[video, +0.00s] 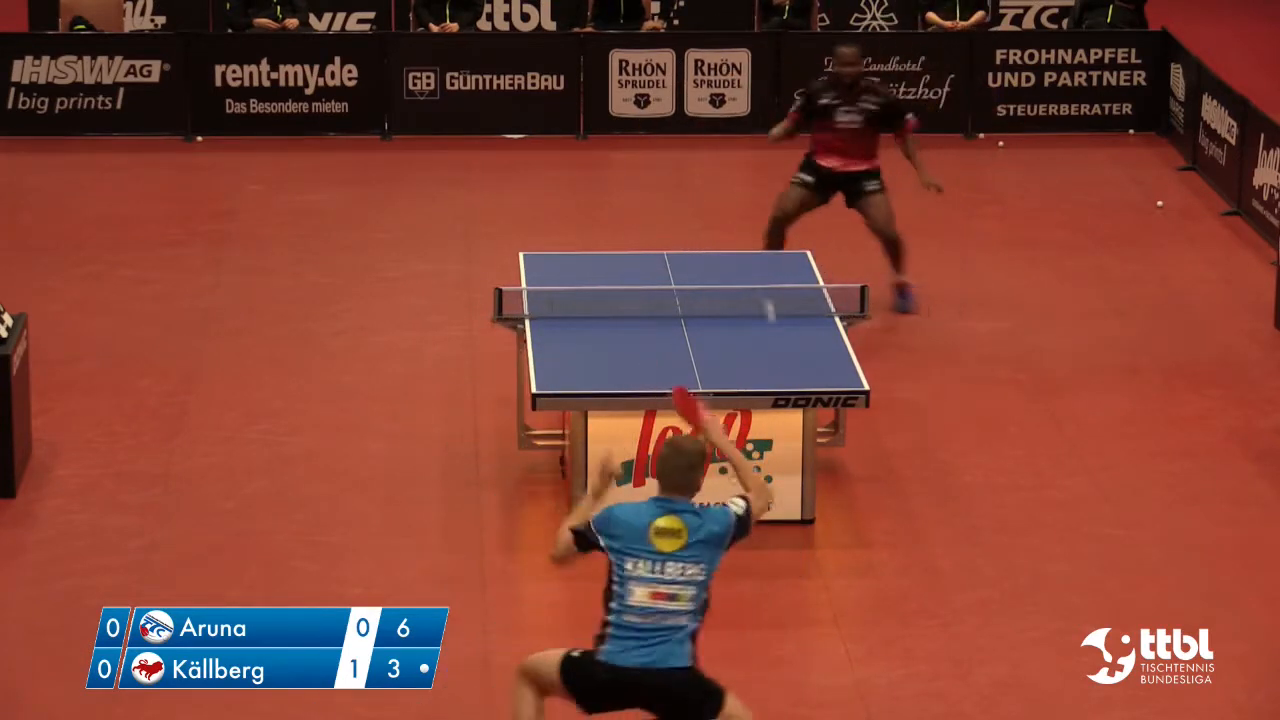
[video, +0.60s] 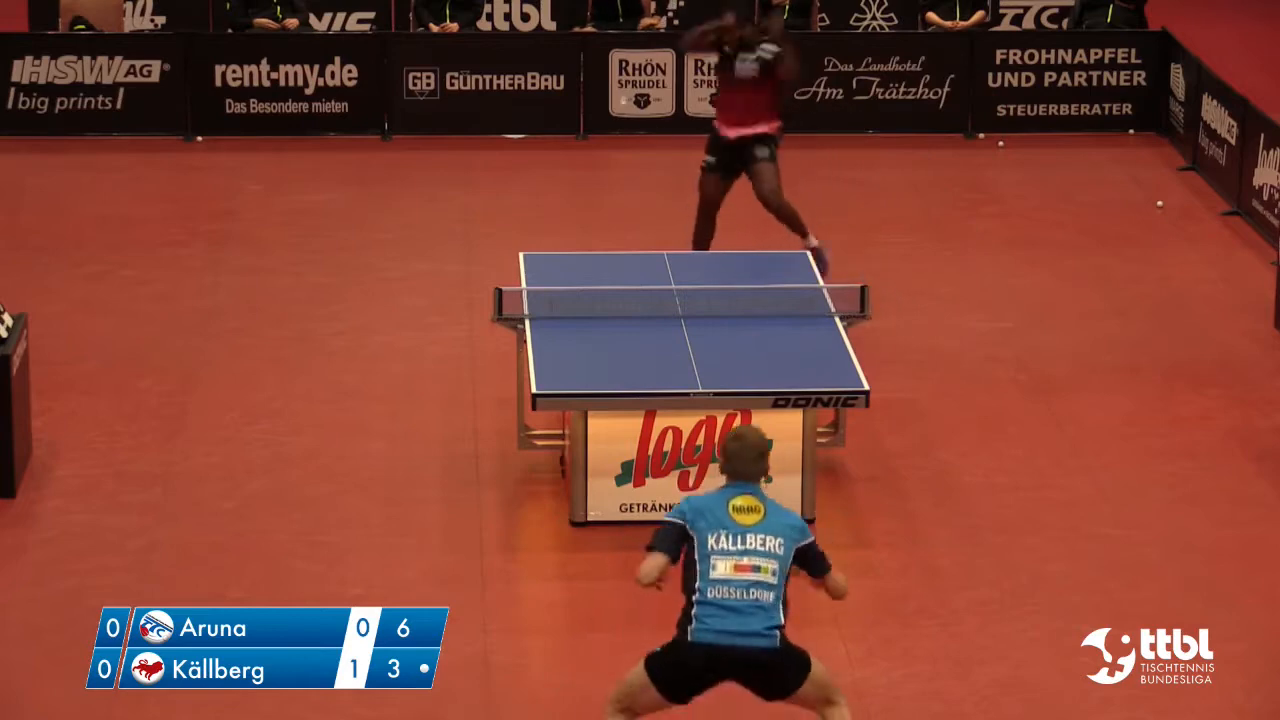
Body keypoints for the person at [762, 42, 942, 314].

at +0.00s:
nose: (847, 70)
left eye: (853, 65)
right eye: (842, 65)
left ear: (862, 65)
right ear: (833, 66)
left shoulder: (878, 96)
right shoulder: (819, 91)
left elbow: (903, 133)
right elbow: (794, 120)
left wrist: (923, 174)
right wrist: (782, 130)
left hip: (863, 174)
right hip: (820, 170)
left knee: (886, 230)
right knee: (780, 216)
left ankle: (901, 284)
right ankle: (769, 277)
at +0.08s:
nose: (811, 78)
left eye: (816, 72)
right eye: (806, 73)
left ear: (826, 72)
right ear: (798, 74)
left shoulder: (847, 101)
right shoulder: (788, 101)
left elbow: (871, 141)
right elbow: (775, 142)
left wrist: (877, 184)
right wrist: (754, 150)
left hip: (841, 179)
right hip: (800, 176)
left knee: (852, 241)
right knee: (752, 224)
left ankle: (873, 285)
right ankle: (727, 276)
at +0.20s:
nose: (759, 96)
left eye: (765, 90)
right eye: (755, 90)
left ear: (776, 91)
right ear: (749, 92)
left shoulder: (787, 115)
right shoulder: (757, 118)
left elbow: (799, 159)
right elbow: (759, 161)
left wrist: (766, 188)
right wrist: (729, 190)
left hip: (809, 193)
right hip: (775, 192)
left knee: (822, 259)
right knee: (717, 224)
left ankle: (875, 280)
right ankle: (698, 283)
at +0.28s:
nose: (733, 100)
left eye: (738, 94)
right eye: (729, 95)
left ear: (753, 93)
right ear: (725, 94)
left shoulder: (763, 116)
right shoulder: (740, 116)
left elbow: (750, 160)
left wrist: (713, 187)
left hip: (796, 196)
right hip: (760, 192)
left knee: (811, 267)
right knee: (706, 217)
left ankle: (877, 278)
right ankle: (699, 277)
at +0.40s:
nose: (713, 85)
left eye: (718, 79)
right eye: (710, 79)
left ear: (733, 76)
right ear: (708, 77)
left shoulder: (740, 96)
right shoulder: (729, 95)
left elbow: (737, 131)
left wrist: (711, 160)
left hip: (780, 182)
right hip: (745, 180)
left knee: (808, 250)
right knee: (695, 214)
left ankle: (874, 279)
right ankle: (690, 278)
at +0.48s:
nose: (707, 59)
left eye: (712, 53)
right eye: (706, 53)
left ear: (728, 52)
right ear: (708, 54)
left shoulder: (745, 76)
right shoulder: (723, 77)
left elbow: (760, 112)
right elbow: (733, 117)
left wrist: (741, 137)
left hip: (771, 161)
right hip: (736, 163)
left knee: (797, 227)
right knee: (697, 214)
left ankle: (859, 266)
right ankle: (690, 274)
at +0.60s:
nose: (747, 30)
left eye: (753, 24)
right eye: (742, 25)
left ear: (765, 25)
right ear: (735, 25)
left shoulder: (771, 50)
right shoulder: (727, 44)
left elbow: (790, 73)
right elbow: (687, 44)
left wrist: (781, 37)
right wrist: (718, 26)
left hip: (759, 136)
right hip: (724, 136)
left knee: (770, 197)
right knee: (707, 203)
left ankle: (812, 244)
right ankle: (696, 266)